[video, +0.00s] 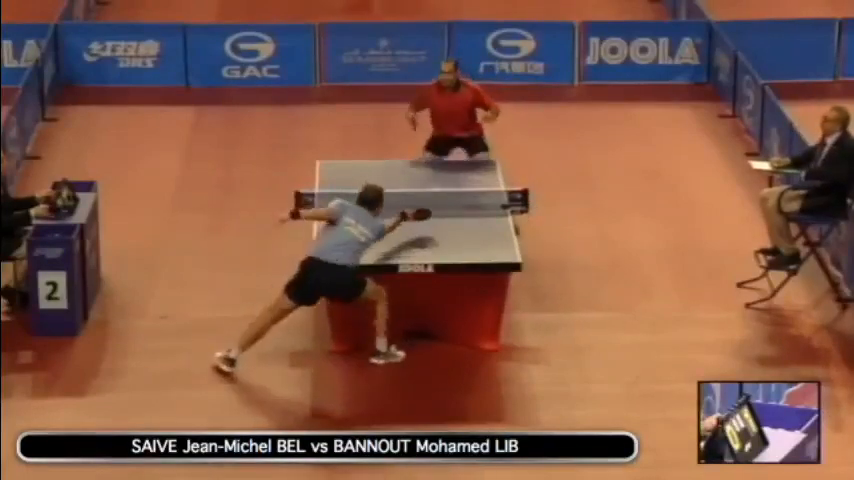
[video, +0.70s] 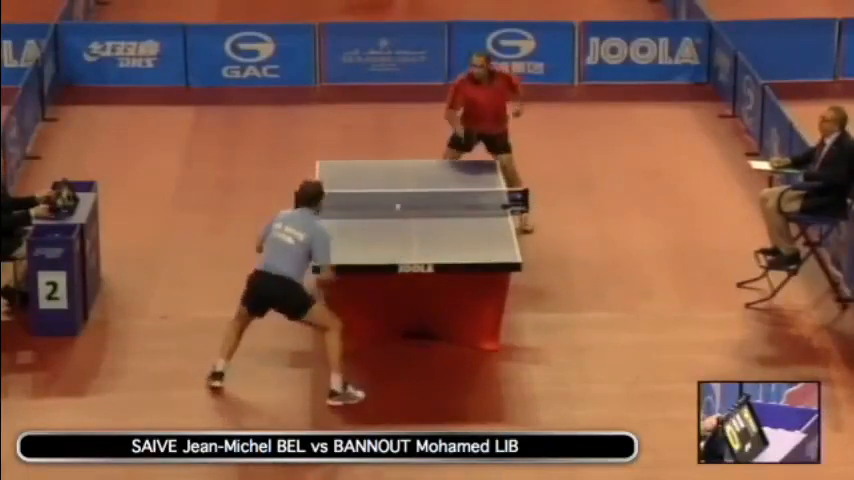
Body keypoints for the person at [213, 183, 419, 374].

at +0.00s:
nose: (376, 206)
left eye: (370, 197)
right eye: (378, 202)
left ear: (359, 198)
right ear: (378, 206)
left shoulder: (343, 207)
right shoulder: (377, 227)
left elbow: (326, 215)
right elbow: (393, 225)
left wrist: (296, 215)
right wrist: (405, 216)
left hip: (312, 268)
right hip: (341, 275)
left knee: (275, 311)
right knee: (380, 296)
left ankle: (233, 354)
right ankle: (382, 349)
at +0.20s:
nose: (373, 196)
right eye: (373, 194)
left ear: (351, 191)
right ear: (372, 196)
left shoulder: (334, 205)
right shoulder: (375, 220)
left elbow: (303, 210)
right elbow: (394, 247)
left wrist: (276, 204)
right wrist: (407, 231)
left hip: (321, 271)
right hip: (352, 274)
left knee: (282, 313)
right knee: (383, 293)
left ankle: (262, 365)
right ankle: (384, 349)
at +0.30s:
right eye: (356, 176)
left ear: (334, 175)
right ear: (356, 179)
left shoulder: (316, 192)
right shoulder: (360, 204)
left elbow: (283, 191)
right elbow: (376, 243)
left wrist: (272, 191)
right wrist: (396, 240)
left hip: (307, 261)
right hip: (338, 262)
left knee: (284, 315)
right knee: (363, 303)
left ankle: (275, 370)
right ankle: (383, 349)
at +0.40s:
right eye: (348, 169)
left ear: (325, 169)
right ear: (348, 173)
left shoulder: (308, 187)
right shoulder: (351, 199)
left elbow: (272, 198)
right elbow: (365, 240)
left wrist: (268, 212)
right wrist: (390, 242)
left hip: (298, 256)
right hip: (327, 260)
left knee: (274, 308)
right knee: (357, 304)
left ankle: (262, 362)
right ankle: (366, 360)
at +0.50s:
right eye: (336, 177)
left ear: (314, 178)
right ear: (336, 180)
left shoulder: (295, 200)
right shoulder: (338, 208)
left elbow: (269, 231)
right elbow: (350, 251)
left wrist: (275, 258)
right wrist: (369, 254)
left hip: (286, 265)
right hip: (315, 269)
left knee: (259, 315)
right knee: (347, 319)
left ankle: (228, 366)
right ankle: (341, 378)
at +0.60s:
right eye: (329, 190)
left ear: (305, 190)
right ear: (328, 193)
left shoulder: (288, 211)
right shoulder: (328, 220)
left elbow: (267, 246)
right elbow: (338, 264)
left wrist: (288, 255)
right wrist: (354, 266)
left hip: (274, 276)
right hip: (302, 281)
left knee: (249, 324)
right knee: (340, 327)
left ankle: (219, 373)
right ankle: (338, 390)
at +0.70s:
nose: (322, 204)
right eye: (321, 200)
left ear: (297, 199)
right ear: (319, 203)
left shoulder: (281, 217)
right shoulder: (317, 230)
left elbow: (260, 246)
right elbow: (322, 274)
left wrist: (284, 250)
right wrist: (332, 274)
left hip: (259, 281)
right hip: (287, 287)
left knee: (239, 320)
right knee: (333, 325)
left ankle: (219, 369)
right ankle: (337, 387)